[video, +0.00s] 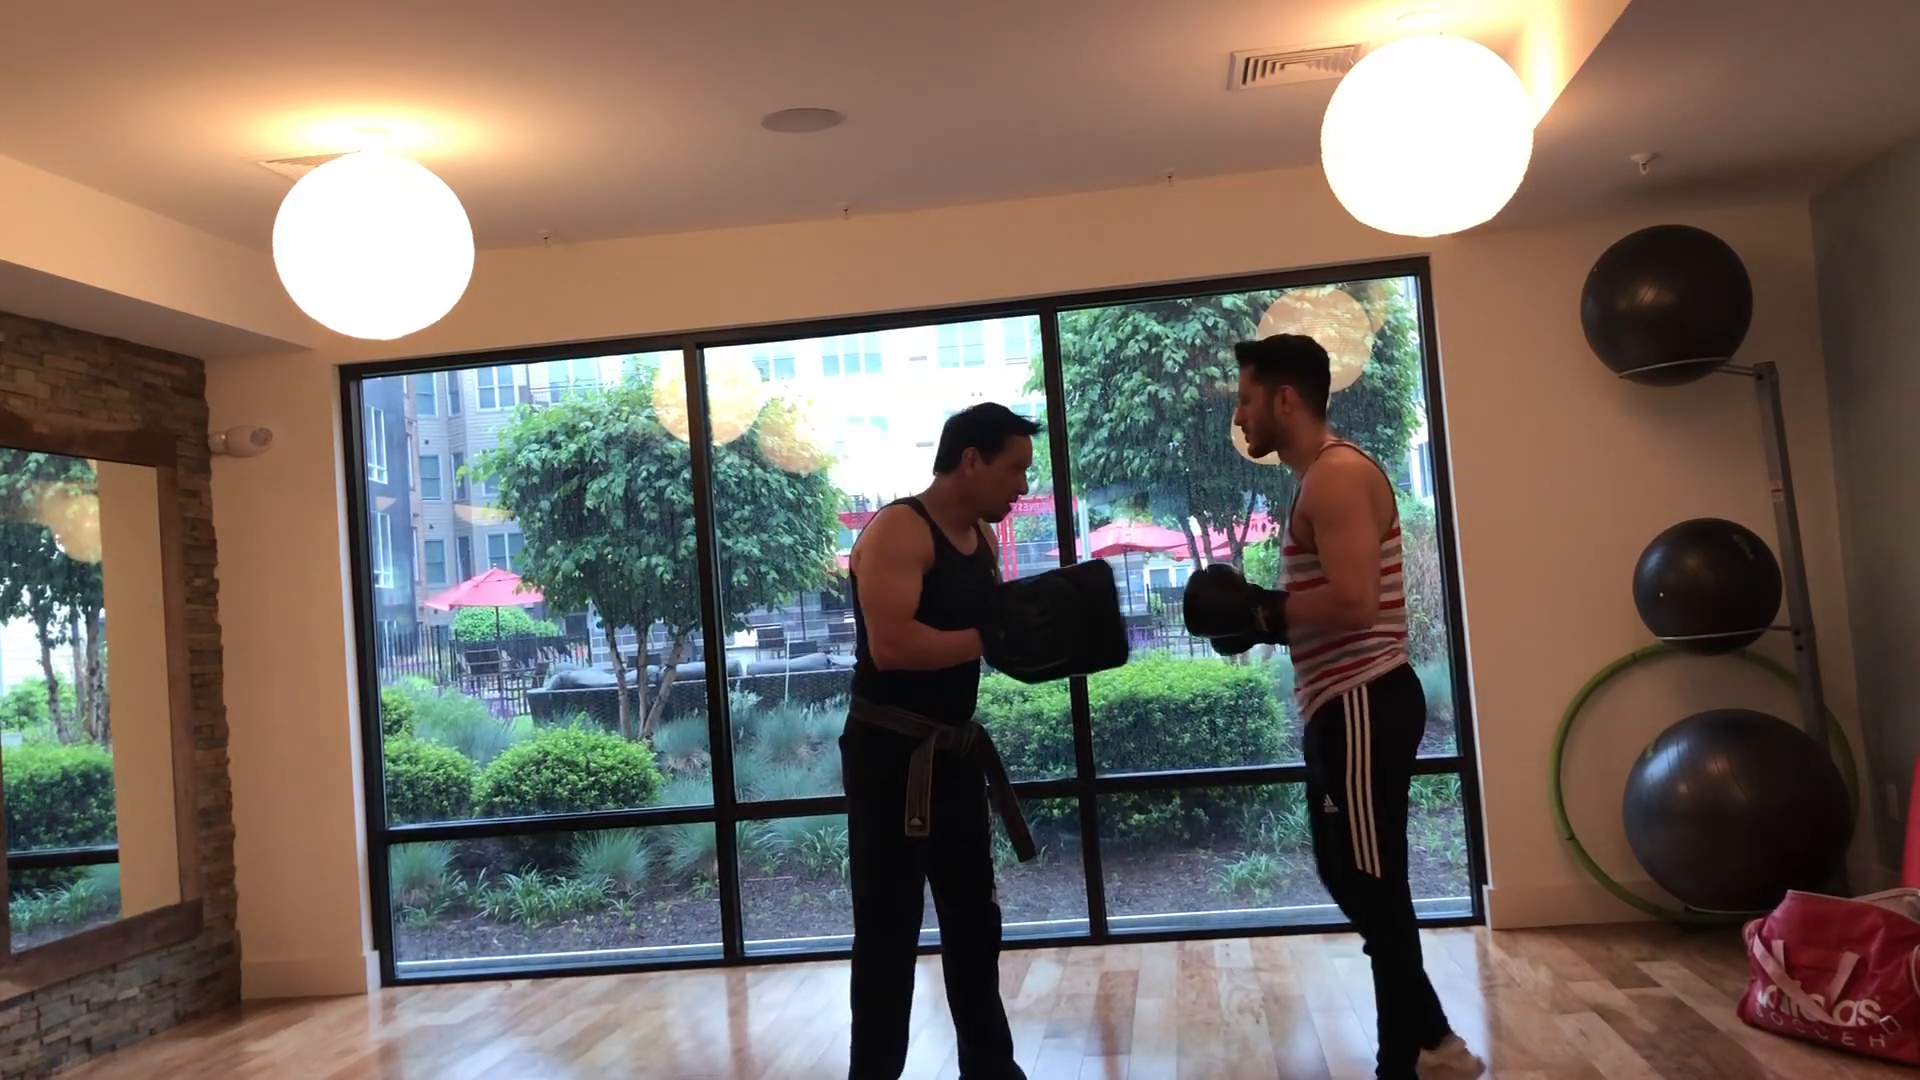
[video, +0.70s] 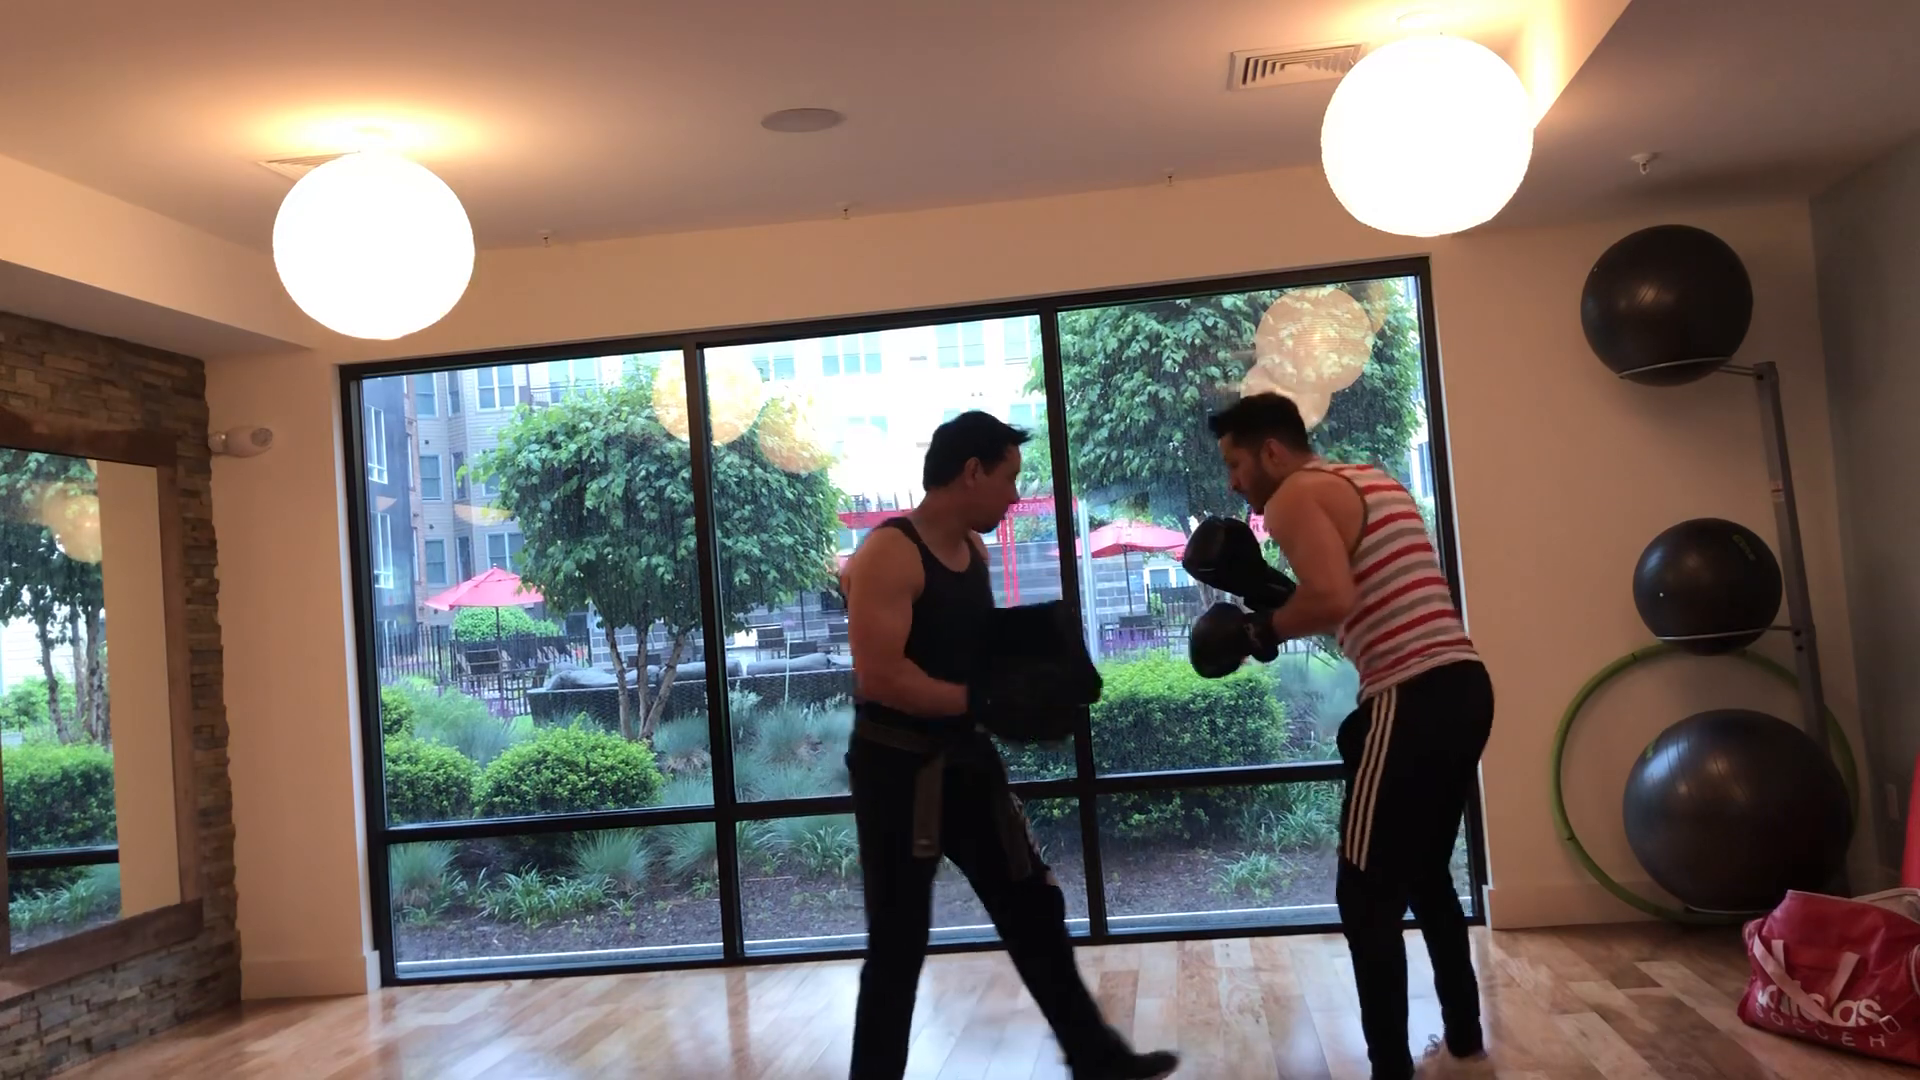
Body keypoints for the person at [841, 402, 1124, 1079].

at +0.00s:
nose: (1022, 488)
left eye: (1025, 475)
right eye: (1017, 472)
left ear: (976, 467)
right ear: (972, 462)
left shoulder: (979, 539)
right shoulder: (895, 530)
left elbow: (989, 626)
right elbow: (890, 646)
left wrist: (1052, 618)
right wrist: (995, 638)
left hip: (954, 744)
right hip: (887, 746)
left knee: (973, 923)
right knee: (888, 930)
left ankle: (990, 1071)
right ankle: (874, 1073)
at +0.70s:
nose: (1015, 495)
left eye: (1017, 480)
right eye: (1011, 478)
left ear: (972, 474)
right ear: (971, 471)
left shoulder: (969, 549)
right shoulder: (888, 550)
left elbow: (971, 650)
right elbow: (877, 674)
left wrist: (1035, 678)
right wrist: (982, 700)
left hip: (964, 754)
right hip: (895, 760)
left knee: (1030, 909)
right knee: (898, 942)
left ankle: (1098, 1059)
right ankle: (873, 1076)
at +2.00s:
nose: (1087, 460)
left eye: (1086, 446)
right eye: (1078, 446)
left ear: (1041, 451)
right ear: (1039, 452)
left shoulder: (1061, 518)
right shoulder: (950, 533)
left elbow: (1114, 578)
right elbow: (895, 647)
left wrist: (1152, 551)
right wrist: (998, 665)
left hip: (1052, 745)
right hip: (969, 752)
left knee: (1097, 920)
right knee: (967, 939)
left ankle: (1115, 1073)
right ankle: (960, 1077)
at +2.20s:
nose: (1093, 459)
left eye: (1093, 445)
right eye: (1086, 445)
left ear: (1047, 447)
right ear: (1045, 445)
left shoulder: (1060, 524)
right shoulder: (958, 522)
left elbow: (1073, 623)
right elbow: (927, 634)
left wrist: (1114, 604)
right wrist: (1038, 620)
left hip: (1046, 744)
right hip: (965, 748)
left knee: (1083, 926)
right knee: (962, 942)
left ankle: (1108, 1071)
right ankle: (959, 1076)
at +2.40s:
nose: (1081, 482)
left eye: (1083, 467)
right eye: (1076, 466)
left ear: (1035, 463)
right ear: (1034, 461)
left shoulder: (1027, 534)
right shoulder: (953, 534)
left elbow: (1048, 629)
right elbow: (978, 650)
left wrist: (1104, 582)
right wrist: (1066, 597)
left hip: (1023, 754)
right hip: (953, 759)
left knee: (1087, 910)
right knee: (946, 944)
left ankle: (1109, 1070)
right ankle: (930, 1073)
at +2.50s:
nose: (1076, 479)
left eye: (1078, 464)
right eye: (1070, 463)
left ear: (1027, 463)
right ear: (1029, 461)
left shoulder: (1023, 533)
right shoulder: (951, 537)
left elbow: (1028, 636)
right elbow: (975, 658)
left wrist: (1091, 592)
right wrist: (1068, 618)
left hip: (1026, 748)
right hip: (956, 756)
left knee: (1098, 906)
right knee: (951, 945)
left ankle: (1126, 1070)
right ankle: (932, 1075)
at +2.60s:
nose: (1080, 477)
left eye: (1080, 461)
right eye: (1074, 461)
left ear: (1034, 459)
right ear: (1035, 459)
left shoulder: (1026, 536)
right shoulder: (952, 542)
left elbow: (1025, 636)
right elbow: (954, 664)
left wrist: (1093, 634)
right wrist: (1063, 655)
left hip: (1030, 747)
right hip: (961, 756)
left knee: (1099, 905)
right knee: (958, 943)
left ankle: (1144, 1063)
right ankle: (934, 1075)